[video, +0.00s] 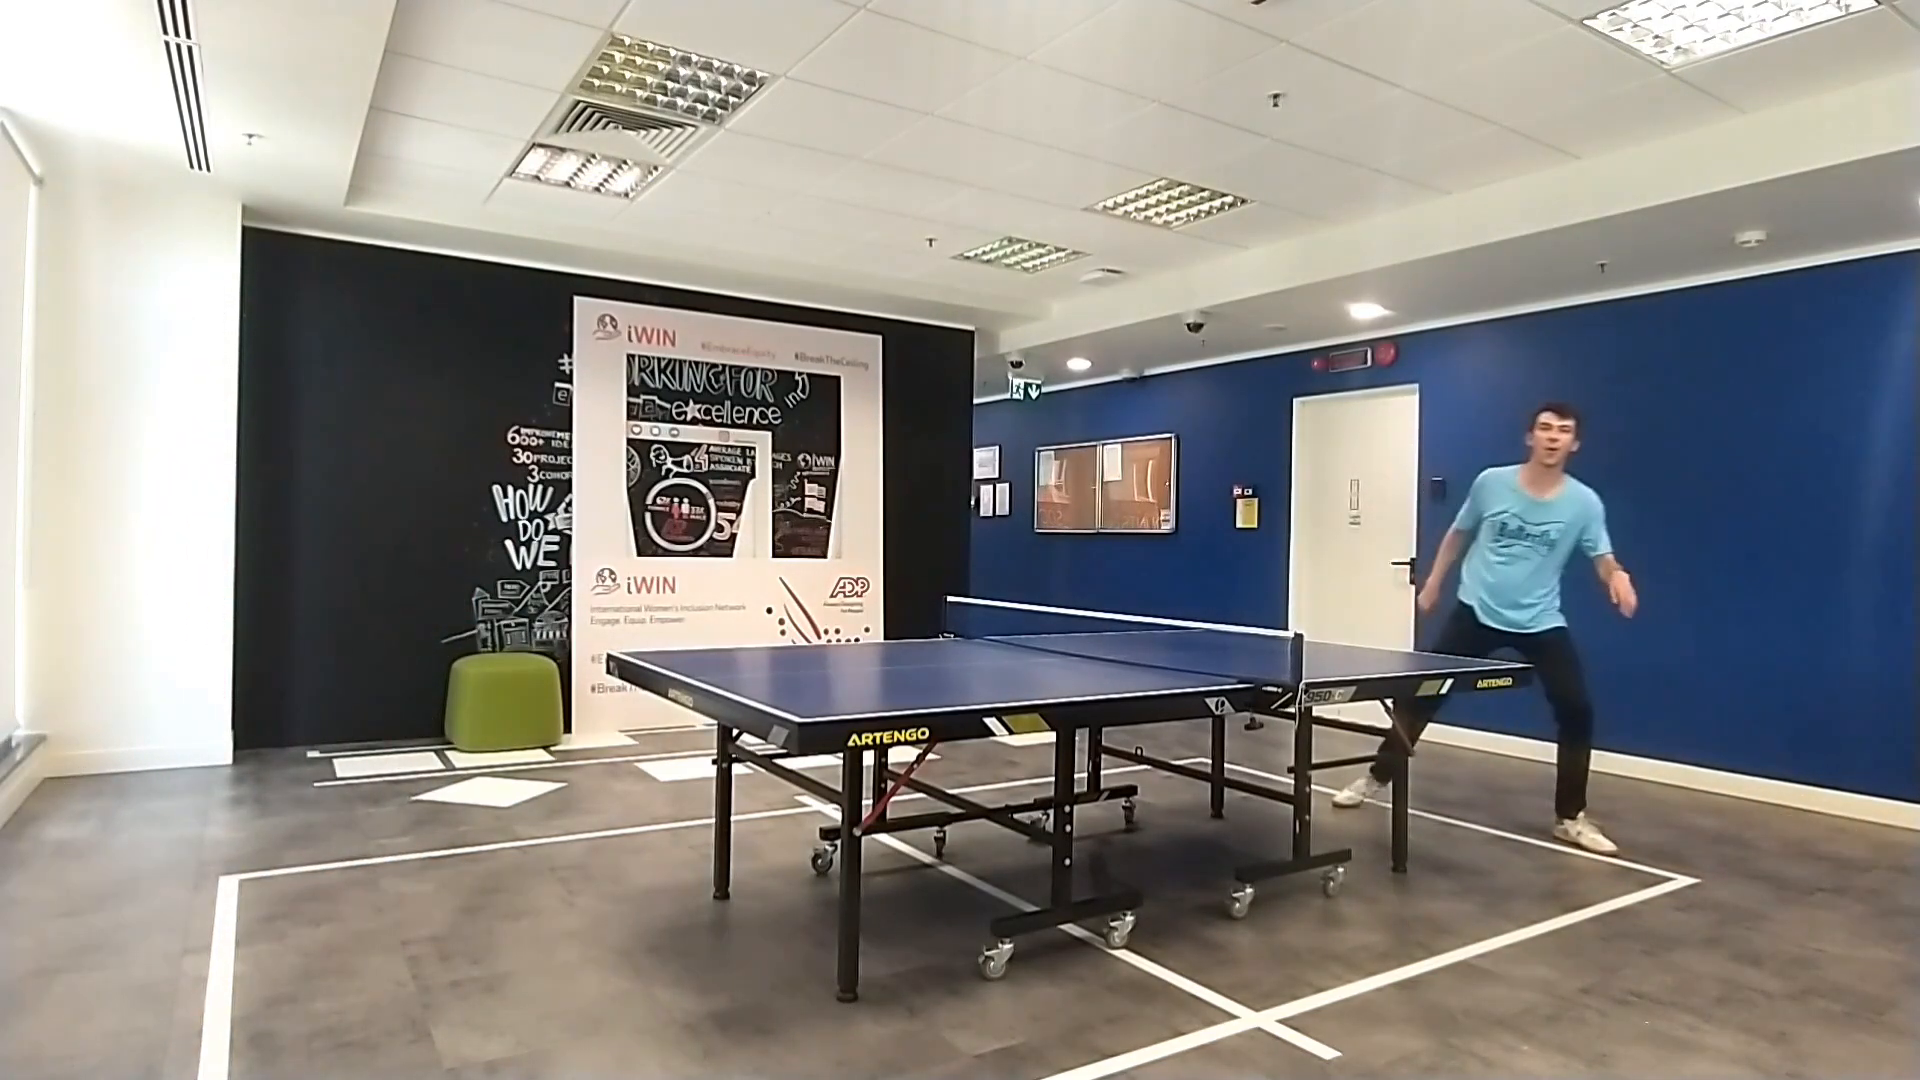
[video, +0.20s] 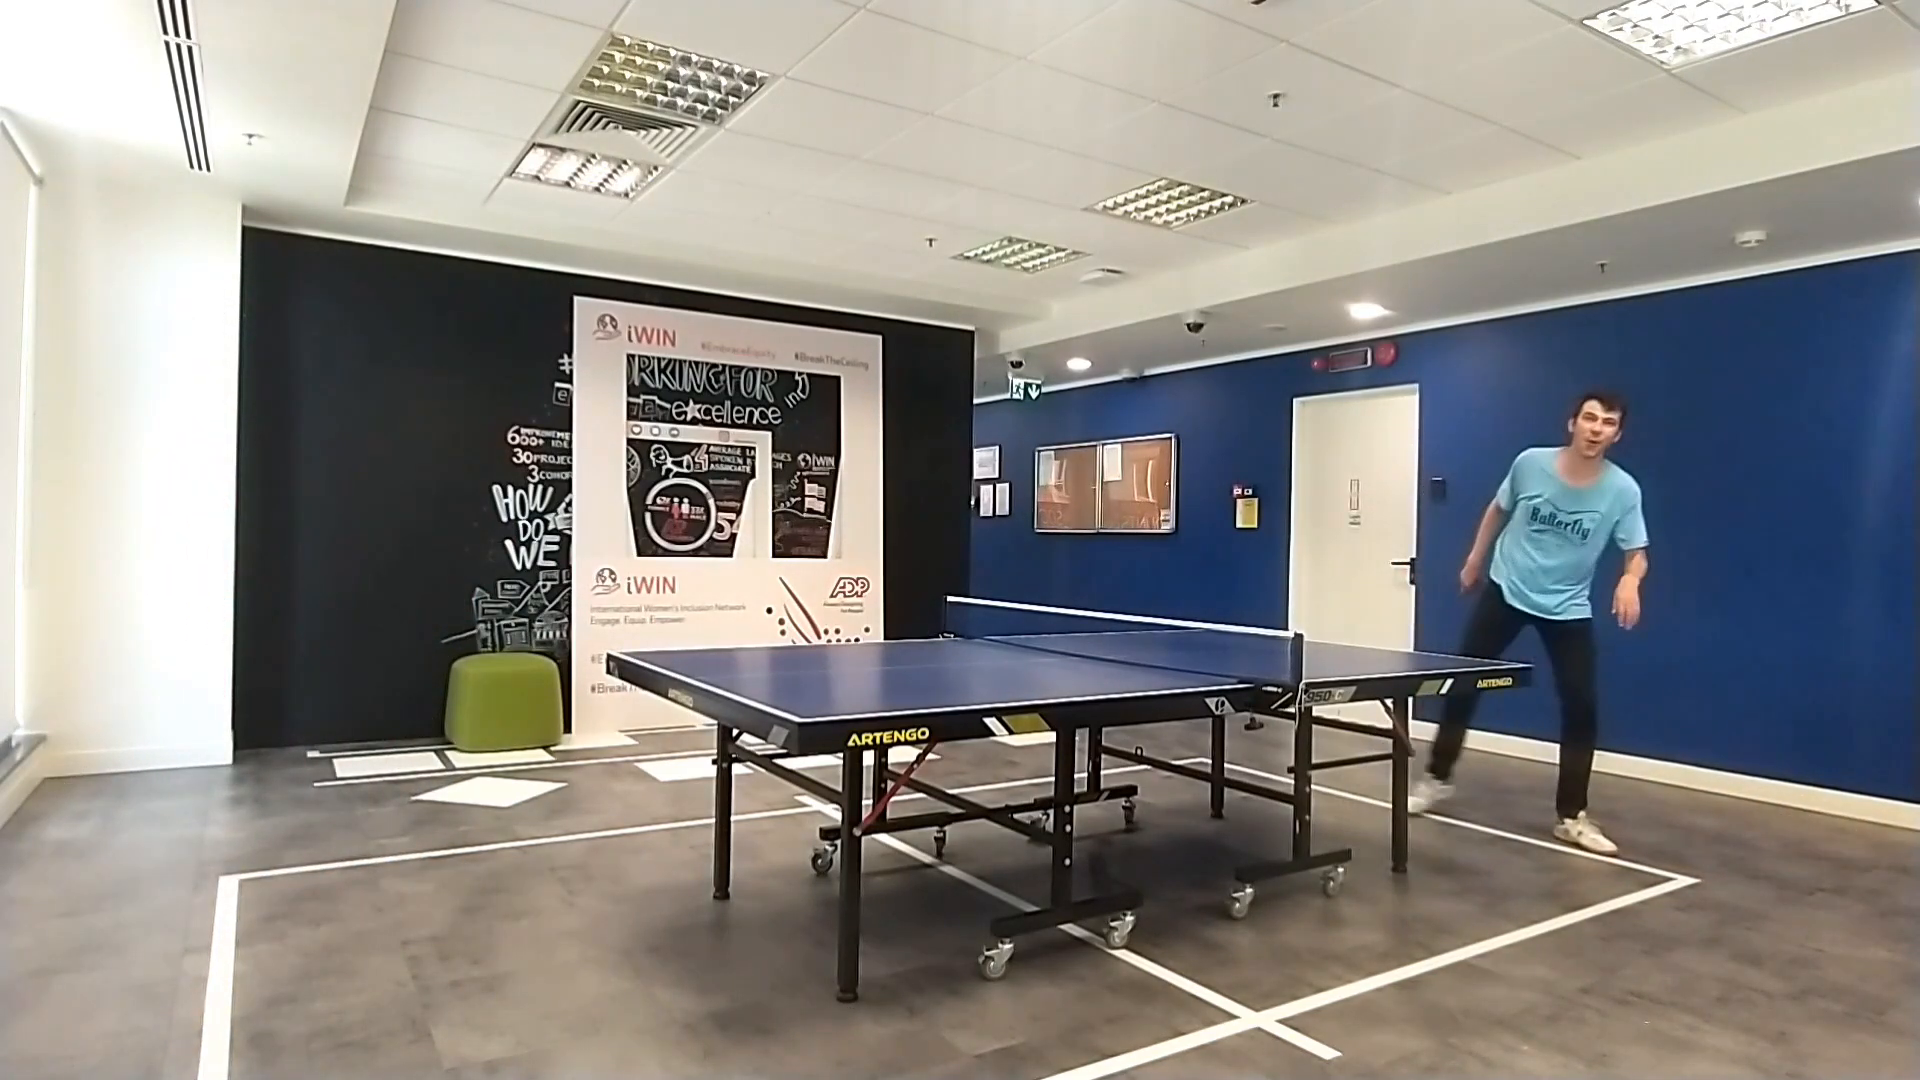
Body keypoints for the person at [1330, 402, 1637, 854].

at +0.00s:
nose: (1554, 437)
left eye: (1563, 431)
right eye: (1546, 429)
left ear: (1574, 442)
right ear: (1530, 436)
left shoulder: (1585, 503)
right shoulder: (1491, 482)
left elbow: (1603, 557)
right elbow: (1457, 533)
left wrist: (1615, 577)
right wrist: (1432, 584)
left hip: (1540, 621)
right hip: (1476, 612)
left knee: (1577, 709)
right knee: (1422, 693)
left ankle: (1570, 818)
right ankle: (1374, 780)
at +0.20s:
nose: (1598, 429)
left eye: (1608, 423)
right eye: (1590, 419)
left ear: (1617, 433)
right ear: (1572, 422)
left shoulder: (1623, 490)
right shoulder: (1531, 463)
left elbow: (1636, 552)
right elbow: (1498, 508)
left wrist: (1629, 582)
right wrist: (1475, 559)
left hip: (1568, 606)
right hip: (1506, 592)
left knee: (1581, 703)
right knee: (1464, 679)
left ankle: (1572, 816)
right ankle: (1437, 778)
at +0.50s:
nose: (1607, 412)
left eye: (1616, 406)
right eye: (1599, 403)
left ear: (1626, 418)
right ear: (1581, 409)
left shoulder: (1638, 474)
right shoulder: (1547, 458)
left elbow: (1658, 540)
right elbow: (1527, 510)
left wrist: (1620, 575)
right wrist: (1512, 555)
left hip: (1594, 606)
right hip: (1538, 594)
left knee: (1586, 708)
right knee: (1520, 687)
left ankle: (1572, 813)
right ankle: (1567, 756)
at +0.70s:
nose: (1587, 414)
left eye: (1596, 408)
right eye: (1579, 407)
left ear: (1607, 416)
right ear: (1563, 415)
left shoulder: (1631, 466)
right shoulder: (1548, 469)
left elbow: (1679, 518)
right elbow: (1544, 532)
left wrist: (1643, 559)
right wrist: (1535, 589)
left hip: (1605, 607)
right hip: (1554, 603)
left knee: (1589, 705)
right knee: (1556, 700)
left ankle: (1572, 814)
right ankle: (1603, 775)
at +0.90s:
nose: (1564, 427)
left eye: (1569, 418)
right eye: (1553, 423)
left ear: (1583, 421)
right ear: (1544, 433)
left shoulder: (1624, 462)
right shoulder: (1550, 483)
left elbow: (1687, 499)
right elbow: (1557, 541)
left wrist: (1659, 550)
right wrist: (1567, 580)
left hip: (1618, 601)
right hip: (1570, 603)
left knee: (1599, 700)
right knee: (1584, 701)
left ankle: (1585, 810)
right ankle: (1617, 788)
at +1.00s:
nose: (1556, 431)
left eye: (1560, 421)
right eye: (1546, 428)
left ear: (1576, 422)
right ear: (1540, 440)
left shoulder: (1622, 459)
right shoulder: (1552, 485)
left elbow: (1688, 487)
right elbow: (1564, 542)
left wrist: (1664, 540)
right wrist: (1571, 583)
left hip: (1626, 595)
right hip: (1578, 601)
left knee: (1617, 695)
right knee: (1590, 697)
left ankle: (1617, 809)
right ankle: (1612, 791)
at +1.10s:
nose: (1555, 433)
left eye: (1560, 424)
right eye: (1545, 431)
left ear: (1576, 423)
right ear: (1539, 442)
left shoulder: (1620, 454)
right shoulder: (1553, 487)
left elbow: (1692, 471)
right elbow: (1567, 541)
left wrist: (1669, 522)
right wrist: (1580, 577)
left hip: (1633, 586)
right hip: (1584, 595)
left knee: (1636, 690)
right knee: (1597, 693)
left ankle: (1646, 808)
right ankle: (1616, 791)